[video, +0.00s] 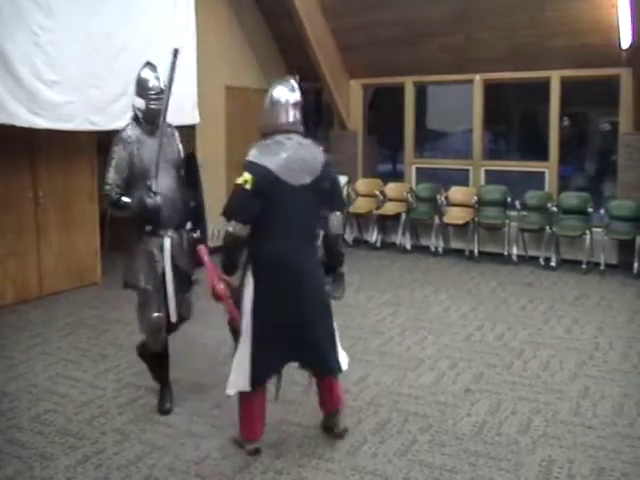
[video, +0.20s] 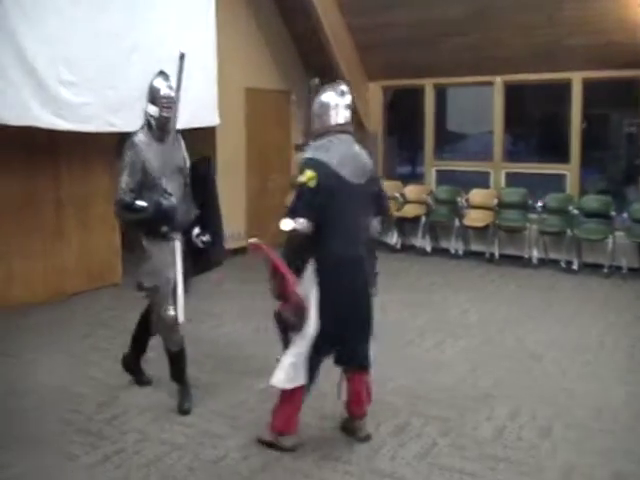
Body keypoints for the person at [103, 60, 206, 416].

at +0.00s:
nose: (156, 102)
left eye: (160, 96)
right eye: (149, 96)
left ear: (166, 98)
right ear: (138, 98)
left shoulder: (174, 136)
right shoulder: (128, 140)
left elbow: (191, 185)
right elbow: (111, 194)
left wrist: (198, 224)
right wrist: (138, 206)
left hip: (179, 236)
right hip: (145, 239)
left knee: (182, 311)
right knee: (155, 320)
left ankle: (151, 345)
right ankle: (165, 386)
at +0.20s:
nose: (167, 109)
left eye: (171, 103)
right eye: (160, 103)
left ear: (176, 107)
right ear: (149, 105)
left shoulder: (178, 143)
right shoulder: (138, 146)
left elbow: (185, 190)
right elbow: (123, 201)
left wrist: (194, 223)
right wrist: (157, 212)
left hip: (176, 234)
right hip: (150, 237)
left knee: (161, 302)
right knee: (166, 311)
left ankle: (133, 355)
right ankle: (183, 384)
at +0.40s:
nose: (189, 114)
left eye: (193, 108)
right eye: (183, 107)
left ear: (197, 110)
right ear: (169, 108)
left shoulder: (188, 145)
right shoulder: (156, 147)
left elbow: (189, 194)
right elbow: (141, 204)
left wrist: (201, 222)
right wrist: (182, 211)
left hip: (183, 234)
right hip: (163, 236)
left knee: (166, 301)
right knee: (181, 306)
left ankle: (152, 362)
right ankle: (200, 375)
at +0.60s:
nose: (182, 111)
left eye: (185, 105)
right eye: (177, 105)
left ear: (187, 105)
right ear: (163, 104)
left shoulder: (175, 138)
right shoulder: (151, 141)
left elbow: (176, 189)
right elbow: (136, 199)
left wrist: (188, 217)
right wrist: (173, 208)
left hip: (173, 229)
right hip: (156, 231)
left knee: (161, 301)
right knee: (172, 304)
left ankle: (151, 361)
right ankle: (168, 371)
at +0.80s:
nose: (177, 106)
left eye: (180, 100)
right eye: (171, 100)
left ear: (181, 101)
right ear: (157, 100)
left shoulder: (170, 136)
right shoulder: (146, 137)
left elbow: (173, 184)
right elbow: (134, 192)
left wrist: (180, 212)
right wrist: (168, 204)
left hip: (171, 226)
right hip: (151, 227)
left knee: (163, 296)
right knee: (156, 298)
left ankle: (148, 356)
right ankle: (141, 367)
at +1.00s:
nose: (174, 106)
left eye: (177, 100)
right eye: (168, 100)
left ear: (179, 102)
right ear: (153, 100)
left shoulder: (169, 137)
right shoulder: (142, 138)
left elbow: (172, 184)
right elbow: (130, 197)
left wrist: (176, 198)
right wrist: (167, 198)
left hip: (169, 230)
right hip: (147, 232)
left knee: (172, 300)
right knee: (145, 302)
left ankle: (155, 356)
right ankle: (139, 367)